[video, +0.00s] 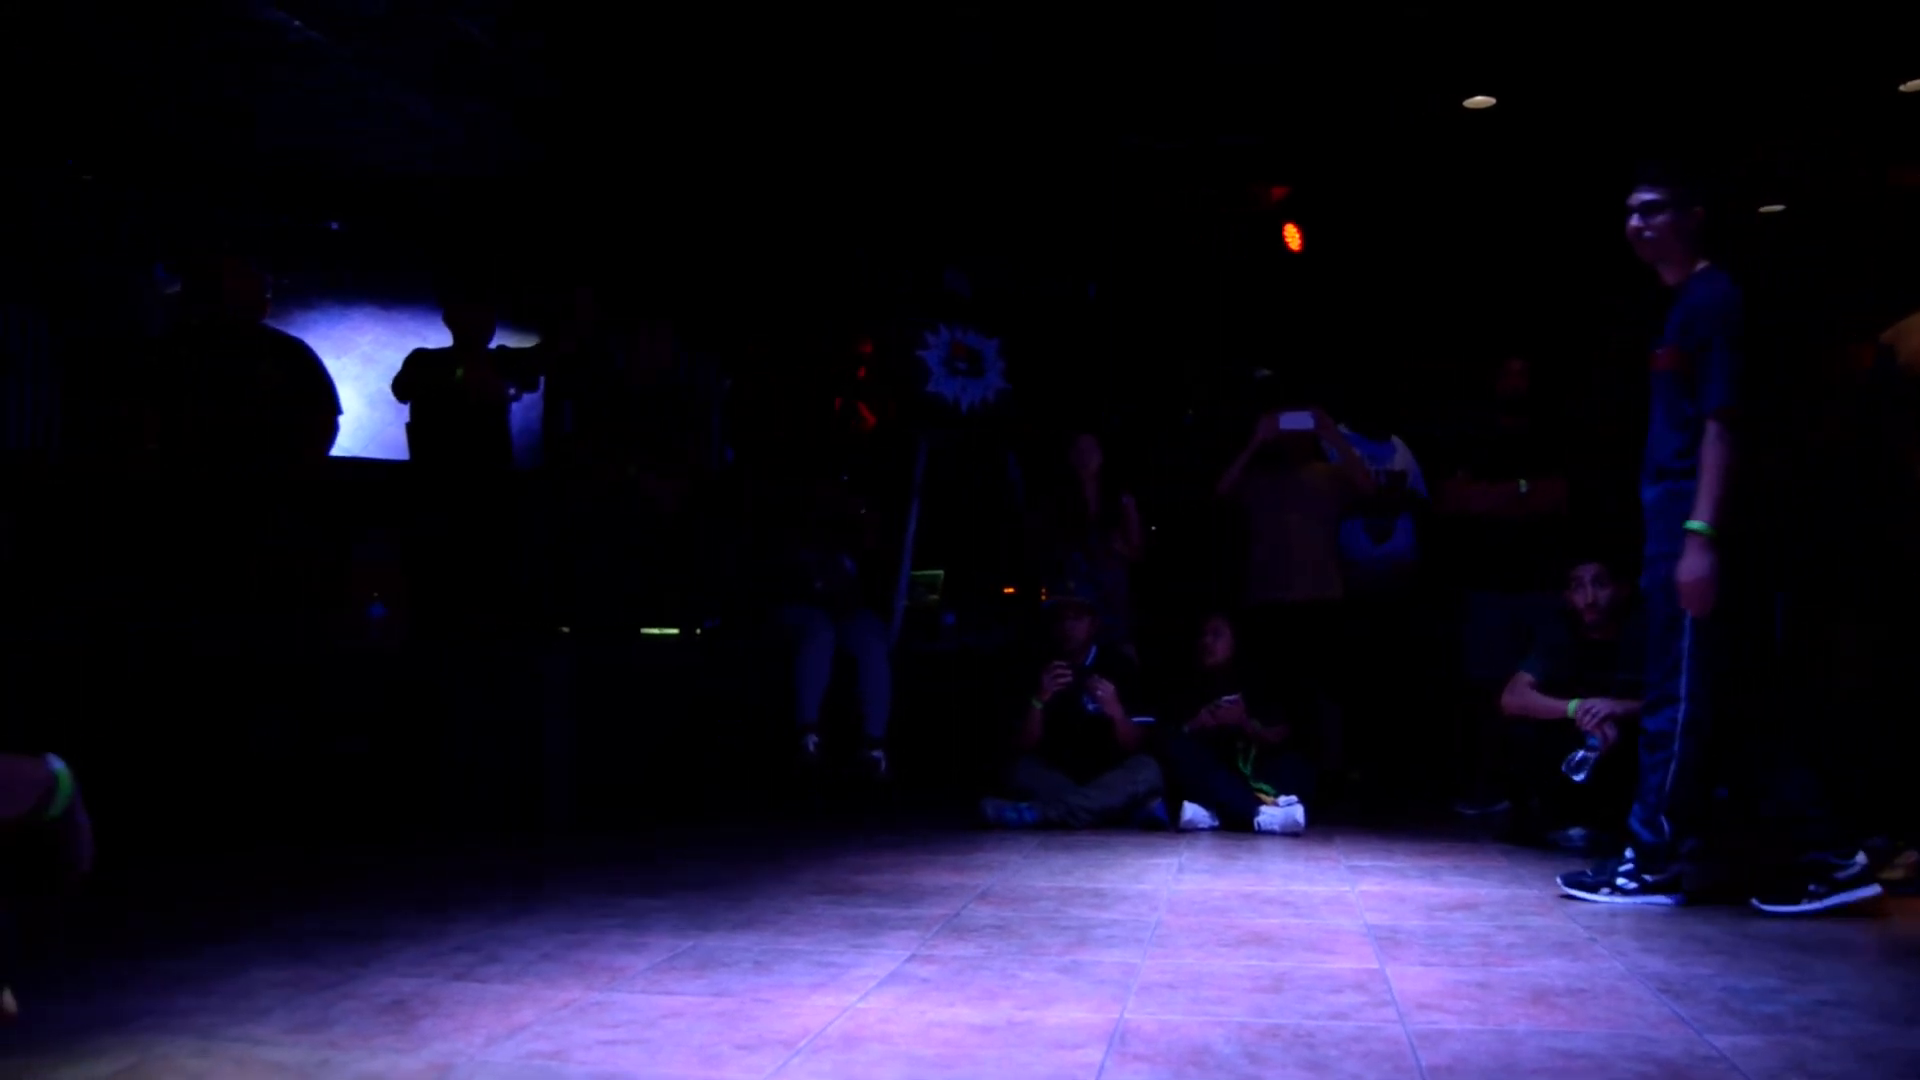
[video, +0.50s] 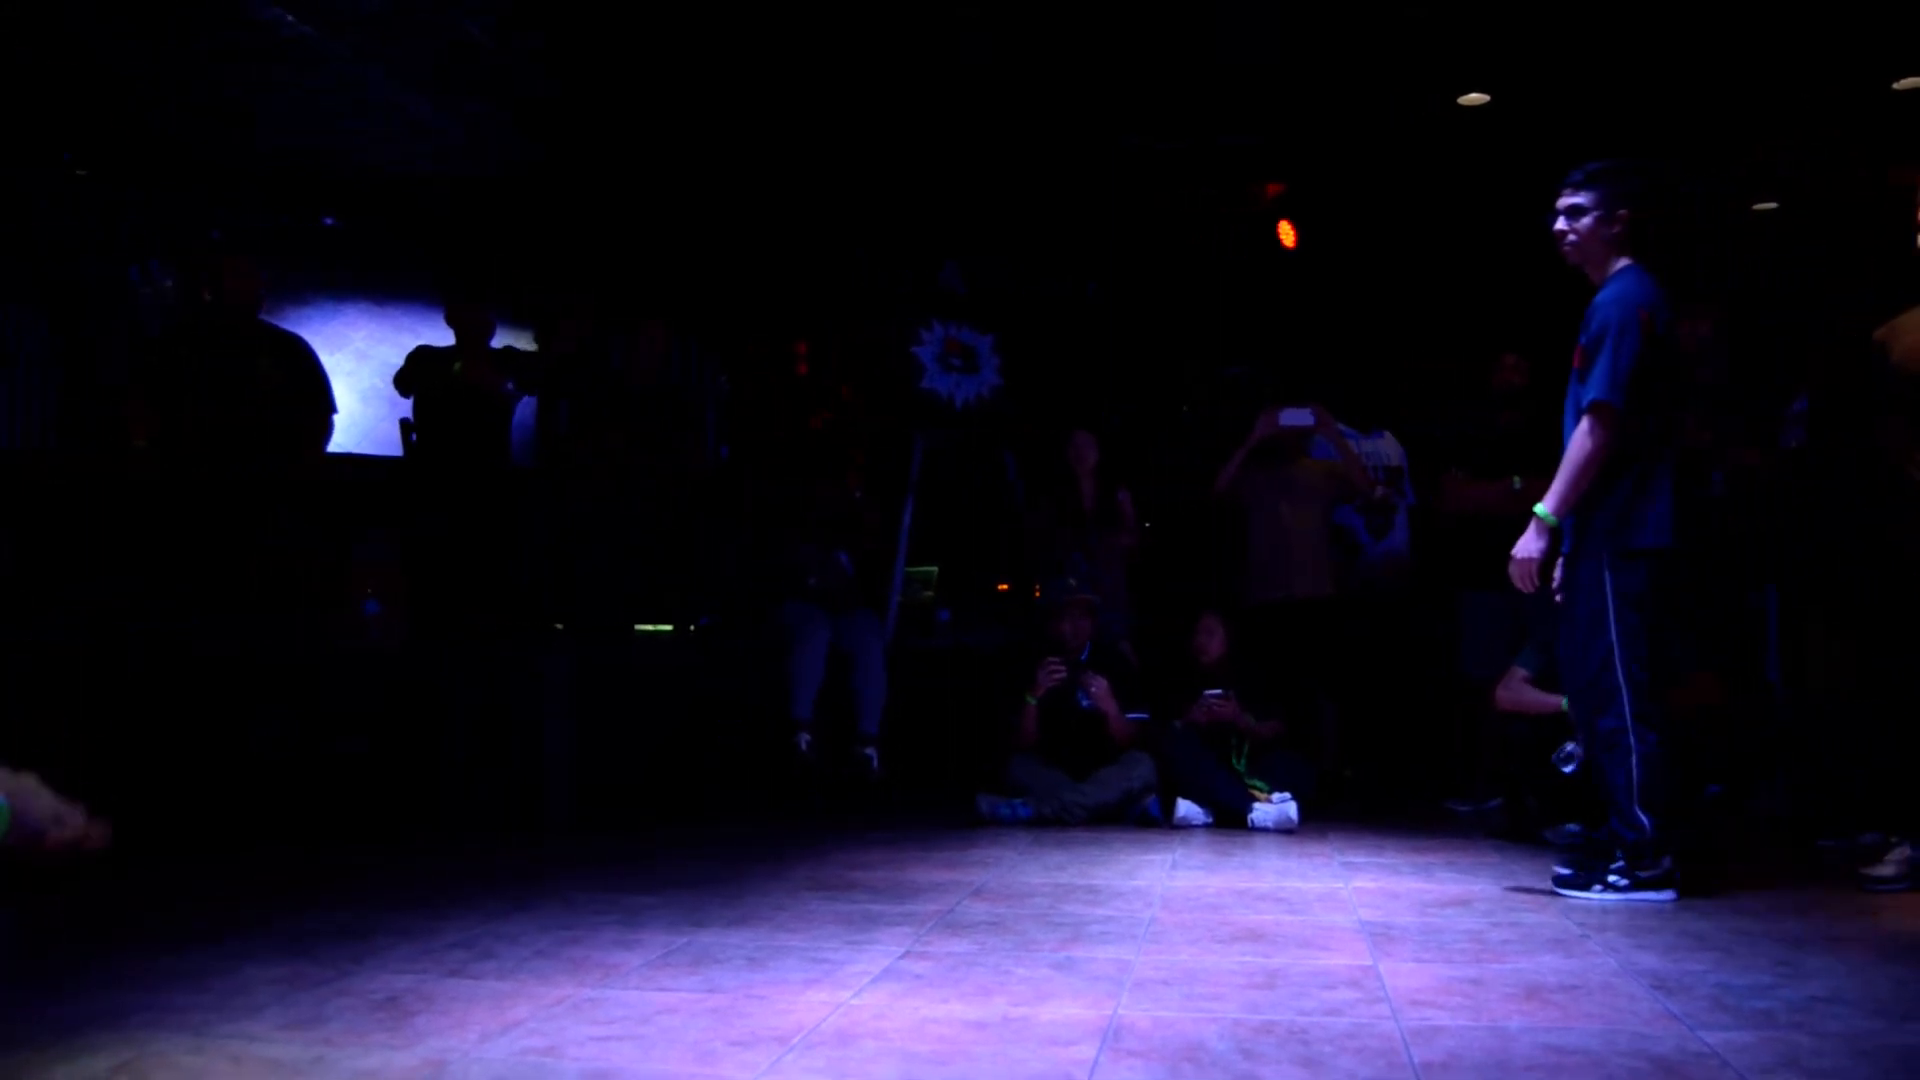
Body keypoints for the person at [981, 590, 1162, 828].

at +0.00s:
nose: (1069, 628)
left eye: (1078, 619)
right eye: (1062, 619)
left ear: (1093, 624)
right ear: (1053, 626)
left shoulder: (1115, 664)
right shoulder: (1038, 664)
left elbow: (1134, 743)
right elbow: (1024, 744)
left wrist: (1114, 709)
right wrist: (1040, 699)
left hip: (1106, 761)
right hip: (1053, 762)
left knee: (1147, 770)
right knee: (1020, 771)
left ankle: (1042, 814)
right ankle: (1124, 813)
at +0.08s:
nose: (1069, 629)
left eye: (1077, 619)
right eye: (1061, 619)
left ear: (1091, 624)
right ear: (1052, 626)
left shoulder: (1113, 663)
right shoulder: (1037, 664)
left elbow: (1132, 741)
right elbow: (1025, 744)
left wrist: (1112, 709)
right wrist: (1038, 699)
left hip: (1104, 759)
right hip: (1053, 759)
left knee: (1145, 770)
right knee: (1020, 772)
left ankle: (1041, 813)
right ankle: (1122, 812)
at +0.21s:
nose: (1068, 625)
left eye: (1076, 616)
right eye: (1060, 617)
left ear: (1088, 621)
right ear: (1049, 623)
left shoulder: (1110, 659)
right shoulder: (1035, 662)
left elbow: (1128, 738)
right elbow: (1023, 743)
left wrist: (1108, 705)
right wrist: (1034, 695)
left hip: (1102, 756)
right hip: (1051, 757)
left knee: (1141, 766)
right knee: (1017, 768)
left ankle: (1037, 809)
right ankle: (1118, 809)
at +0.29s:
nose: (1070, 626)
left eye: (1078, 616)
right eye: (1062, 617)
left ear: (1090, 621)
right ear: (1051, 623)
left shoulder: (1110, 661)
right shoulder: (1036, 664)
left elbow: (1128, 738)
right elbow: (1024, 742)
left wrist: (1108, 705)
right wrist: (1034, 695)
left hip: (1102, 757)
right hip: (1051, 758)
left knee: (1141, 766)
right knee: (1017, 768)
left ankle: (1037, 809)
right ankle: (1120, 808)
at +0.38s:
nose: (1072, 625)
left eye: (1079, 615)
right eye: (1064, 616)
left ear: (1091, 620)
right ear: (1051, 621)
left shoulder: (1110, 660)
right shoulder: (1036, 662)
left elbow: (1128, 738)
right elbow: (1024, 742)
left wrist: (1108, 705)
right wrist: (1034, 694)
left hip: (1101, 757)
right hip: (1051, 757)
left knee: (1141, 766)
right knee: (1018, 768)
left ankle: (1037, 809)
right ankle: (1120, 808)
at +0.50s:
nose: (1073, 628)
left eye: (1080, 619)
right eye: (1065, 619)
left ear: (1092, 623)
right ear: (1052, 624)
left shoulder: (1110, 661)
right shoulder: (1039, 663)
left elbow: (1128, 738)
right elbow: (1024, 743)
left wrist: (1108, 705)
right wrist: (1035, 695)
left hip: (1102, 757)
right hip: (1052, 757)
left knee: (1141, 766)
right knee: (1018, 768)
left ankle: (1036, 809)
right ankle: (1121, 808)